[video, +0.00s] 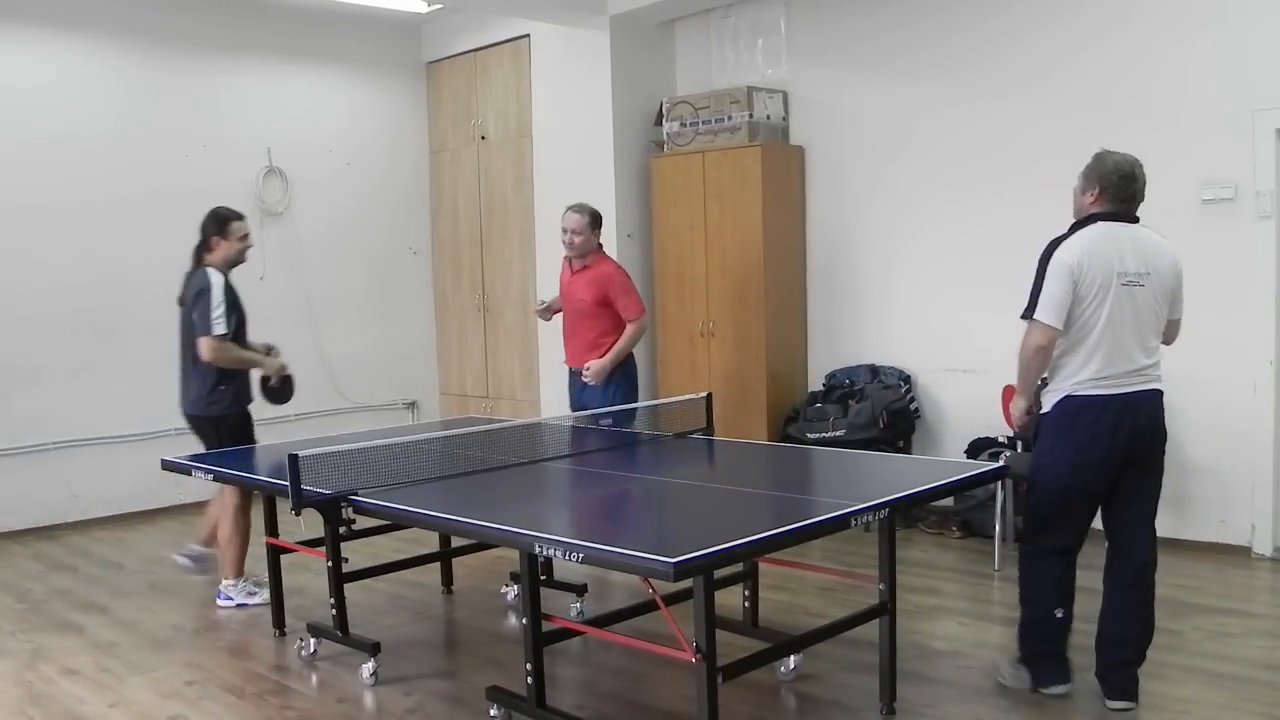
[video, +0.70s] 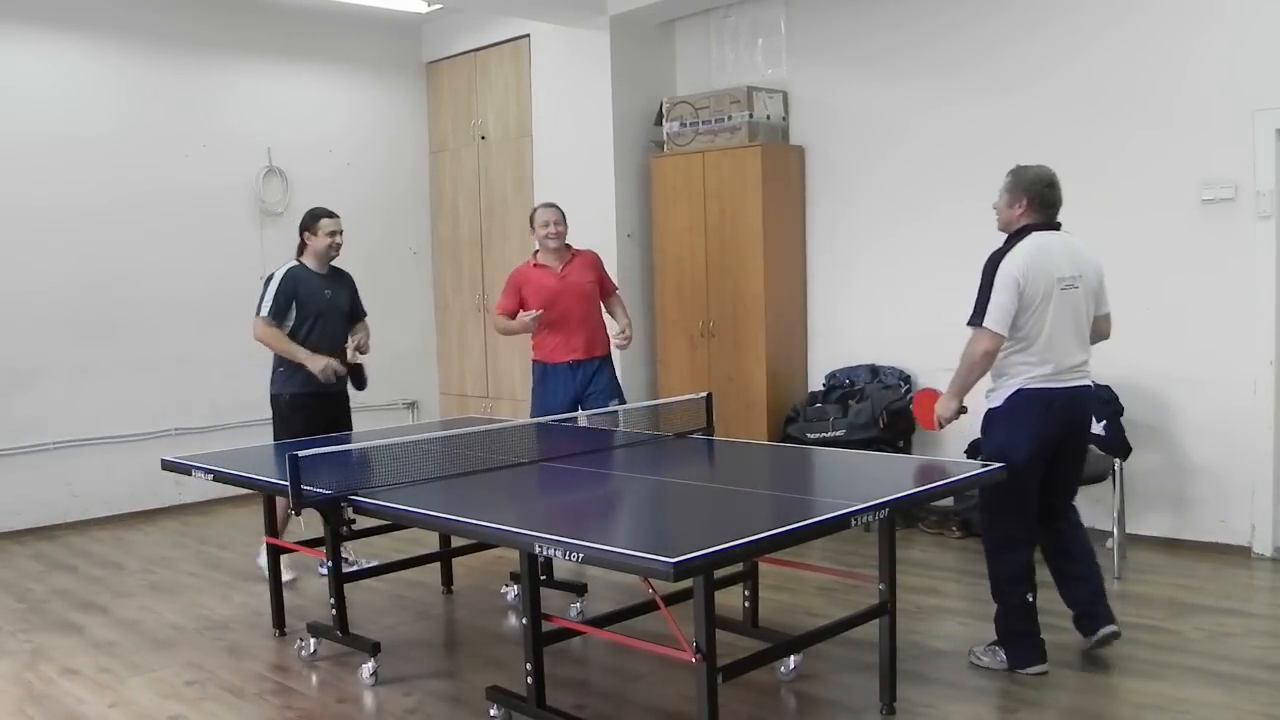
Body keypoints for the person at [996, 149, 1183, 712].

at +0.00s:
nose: (1074, 198)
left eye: (1078, 189)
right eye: (1077, 189)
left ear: (1093, 194)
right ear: (1134, 199)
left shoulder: (1071, 250)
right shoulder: (1164, 253)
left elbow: (1041, 340)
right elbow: (1168, 332)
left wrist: (1025, 398)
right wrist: (1112, 318)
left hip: (1078, 420)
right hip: (1145, 418)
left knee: (1049, 542)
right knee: (1133, 547)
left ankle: (1045, 668)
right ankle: (1121, 682)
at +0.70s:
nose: (997, 212)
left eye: (1001, 204)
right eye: (999, 203)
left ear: (1022, 205)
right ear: (1047, 207)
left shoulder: (1011, 259)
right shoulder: (1084, 255)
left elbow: (986, 344)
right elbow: (1100, 328)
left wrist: (952, 396)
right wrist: (1044, 339)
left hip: (1021, 410)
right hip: (1076, 407)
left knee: (1005, 526)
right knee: (1055, 512)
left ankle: (1020, 648)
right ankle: (1097, 619)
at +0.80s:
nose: (992, 213)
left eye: (996, 204)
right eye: (994, 204)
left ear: (1018, 205)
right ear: (1040, 207)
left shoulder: (1011, 257)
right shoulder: (1078, 255)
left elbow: (990, 339)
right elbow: (1098, 326)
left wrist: (953, 392)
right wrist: (1042, 341)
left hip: (1023, 408)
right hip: (1075, 404)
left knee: (1008, 525)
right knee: (1051, 512)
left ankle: (1020, 647)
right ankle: (1079, 620)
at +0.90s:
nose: (990, 216)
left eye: (995, 207)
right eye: (992, 206)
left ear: (1017, 209)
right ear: (1038, 210)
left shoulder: (1016, 258)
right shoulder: (1075, 256)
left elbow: (999, 338)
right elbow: (1097, 327)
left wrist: (959, 394)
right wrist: (1041, 343)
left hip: (1029, 407)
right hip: (1075, 402)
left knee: (1009, 524)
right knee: (1059, 511)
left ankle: (1020, 647)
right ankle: (1062, 613)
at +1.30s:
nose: (997, 216)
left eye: (1004, 207)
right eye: (997, 208)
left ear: (1035, 210)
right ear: (1026, 213)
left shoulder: (1060, 246)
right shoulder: (1032, 256)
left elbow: (1089, 318)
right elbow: (1046, 330)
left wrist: (1066, 394)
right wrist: (1013, 364)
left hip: (1082, 403)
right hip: (1055, 403)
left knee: (1075, 517)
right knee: (1063, 515)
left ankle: (1081, 638)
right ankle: (1061, 612)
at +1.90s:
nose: (1078, 210)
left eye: (1089, 200)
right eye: (1074, 201)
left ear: (1122, 203)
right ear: (1073, 206)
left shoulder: (1169, 256)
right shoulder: (1072, 258)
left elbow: (1208, 327)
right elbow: (1053, 320)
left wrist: (1161, 378)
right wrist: (1031, 335)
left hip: (1157, 422)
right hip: (1087, 420)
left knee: (1164, 535)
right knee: (1071, 525)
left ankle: (1160, 644)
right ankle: (1067, 626)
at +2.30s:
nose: (1074, 209)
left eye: (1085, 199)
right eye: (1070, 201)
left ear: (1120, 205)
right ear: (1069, 208)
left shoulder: (1164, 264)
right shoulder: (1061, 265)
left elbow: (1197, 342)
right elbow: (1047, 340)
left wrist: (1120, 358)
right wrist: (1033, 337)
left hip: (1146, 436)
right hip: (1074, 435)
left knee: (1155, 549)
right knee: (1072, 557)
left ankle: (1159, 643)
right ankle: (1072, 678)